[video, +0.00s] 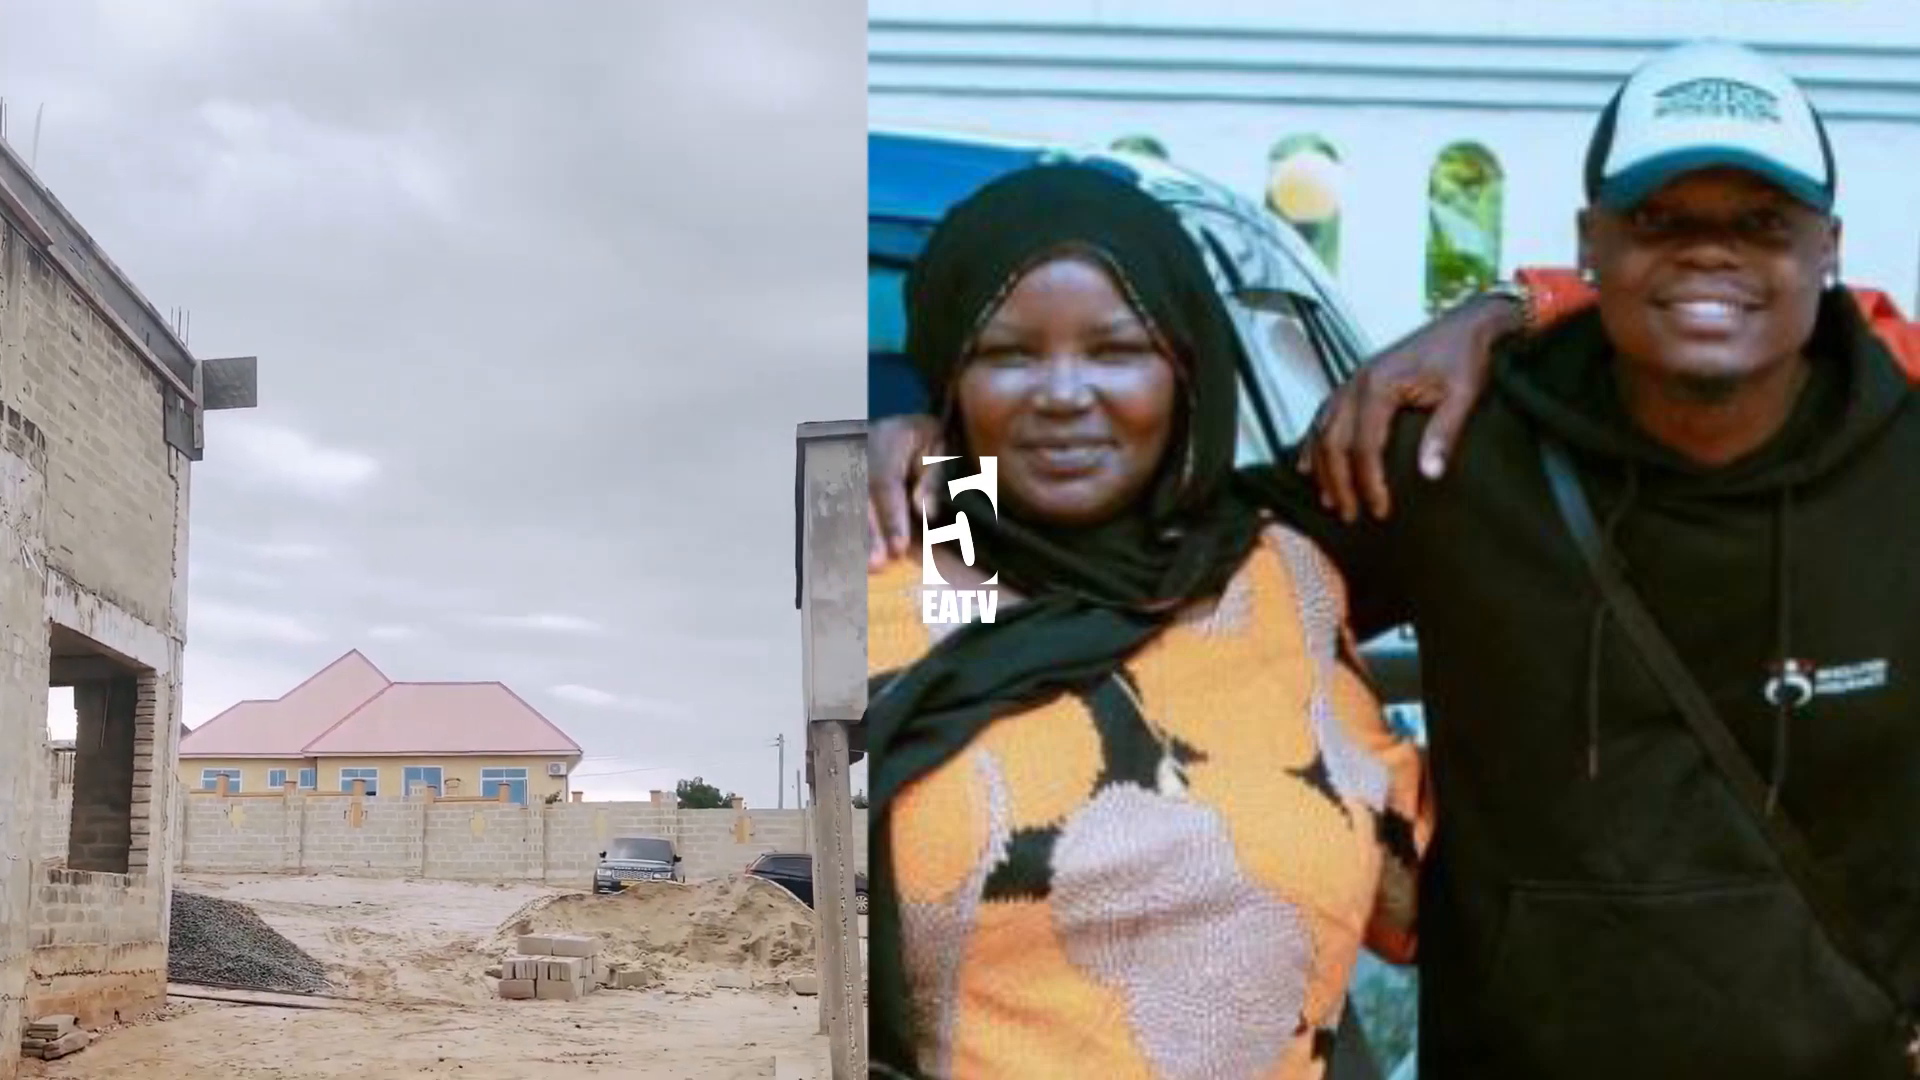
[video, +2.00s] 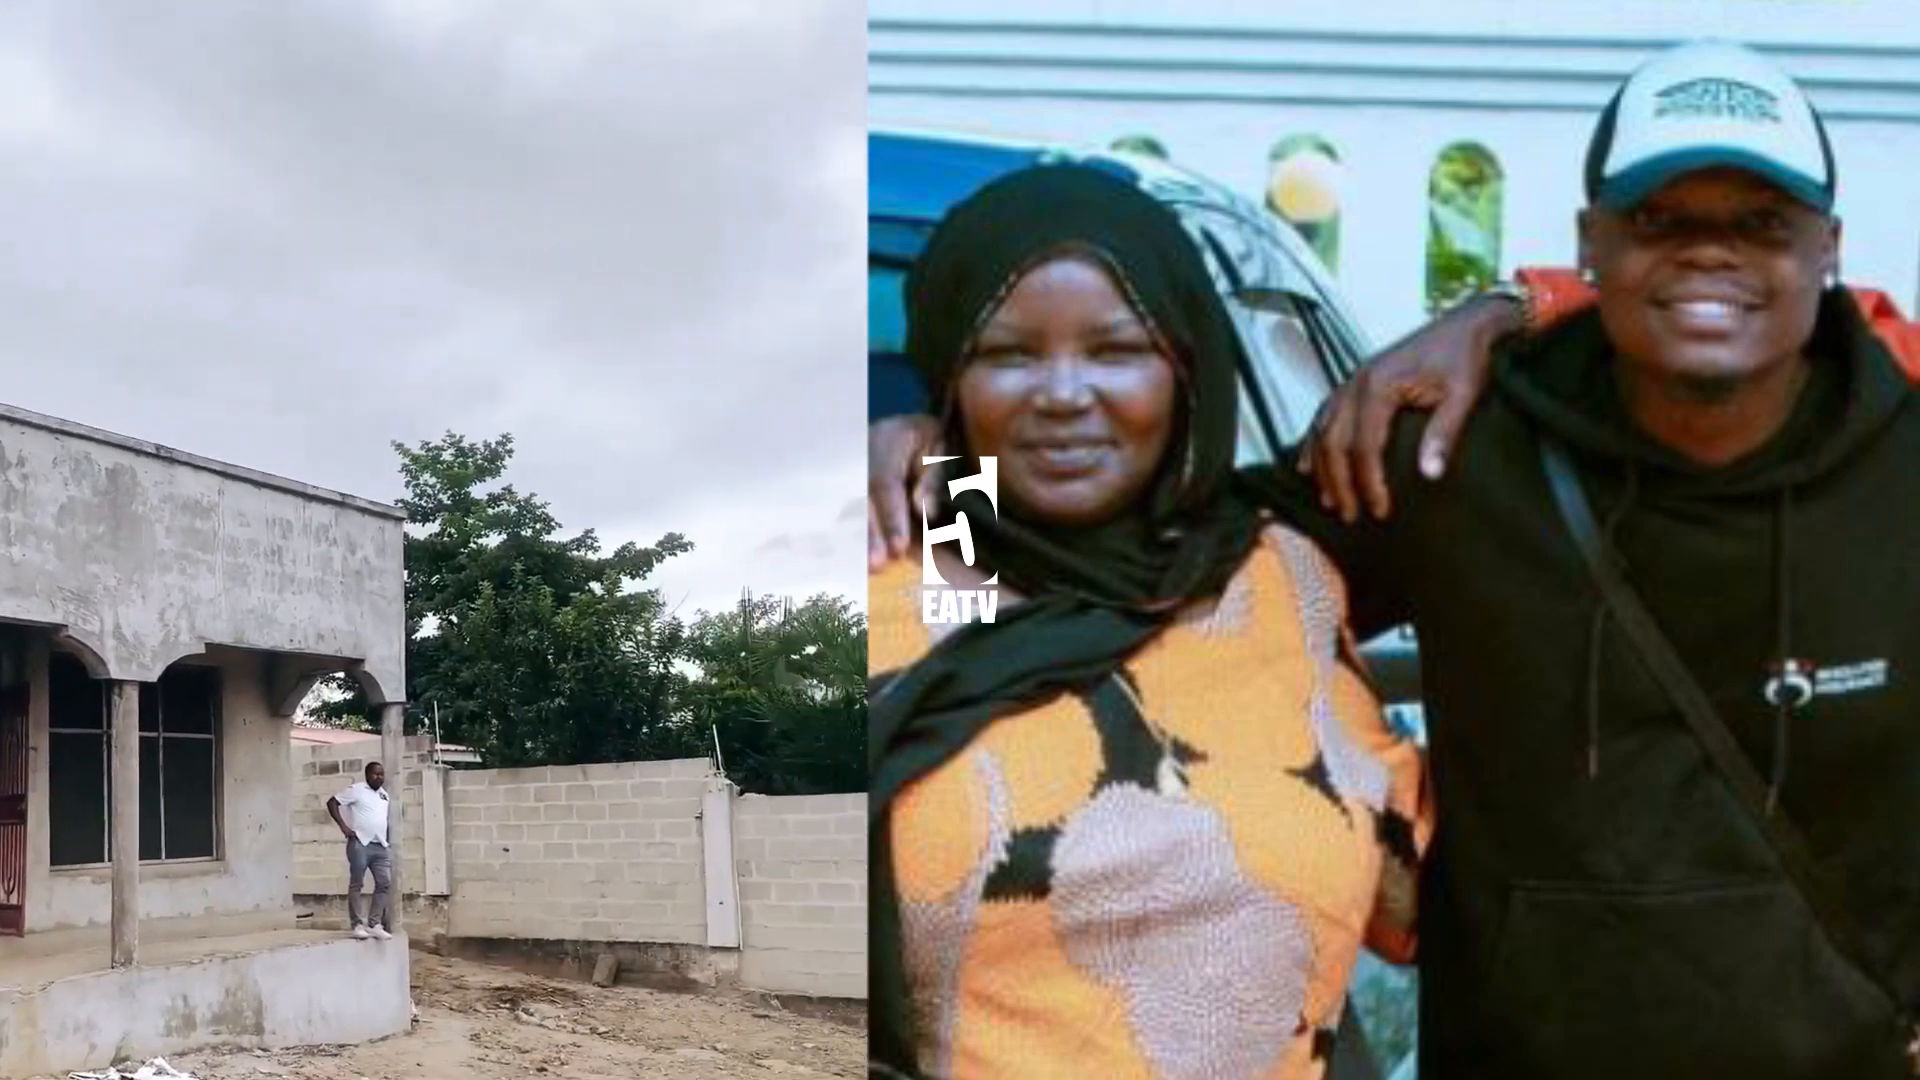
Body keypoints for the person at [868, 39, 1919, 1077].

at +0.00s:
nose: (1706, 251)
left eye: (1757, 219)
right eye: (1664, 214)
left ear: (1825, 251)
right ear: (1594, 241)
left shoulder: (1898, 446)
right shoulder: (1463, 449)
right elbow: (1174, 558)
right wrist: (960, 463)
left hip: (1849, 1038)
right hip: (1535, 1044)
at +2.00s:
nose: (1707, 252)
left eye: (1757, 220)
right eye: (1665, 215)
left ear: (1825, 251)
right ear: (1595, 242)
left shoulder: (1898, 442)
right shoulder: (1465, 447)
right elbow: (1174, 558)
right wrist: (955, 452)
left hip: (1848, 1037)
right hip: (1535, 1043)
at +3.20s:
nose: (1707, 251)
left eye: (1757, 219)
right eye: (1664, 214)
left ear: (1826, 250)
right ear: (1595, 242)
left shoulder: (1899, 445)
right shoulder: (1464, 449)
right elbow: (1172, 556)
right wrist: (958, 453)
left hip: (1848, 1037)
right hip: (1535, 1043)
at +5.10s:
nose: (1706, 252)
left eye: (1757, 219)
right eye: (1664, 215)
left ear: (1826, 250)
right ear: (1594, 241)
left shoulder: (1898, 445)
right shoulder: (1463, 449)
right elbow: (1170, 557)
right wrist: (950, 448)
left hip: (1849, 1038)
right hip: (1535, 1044)